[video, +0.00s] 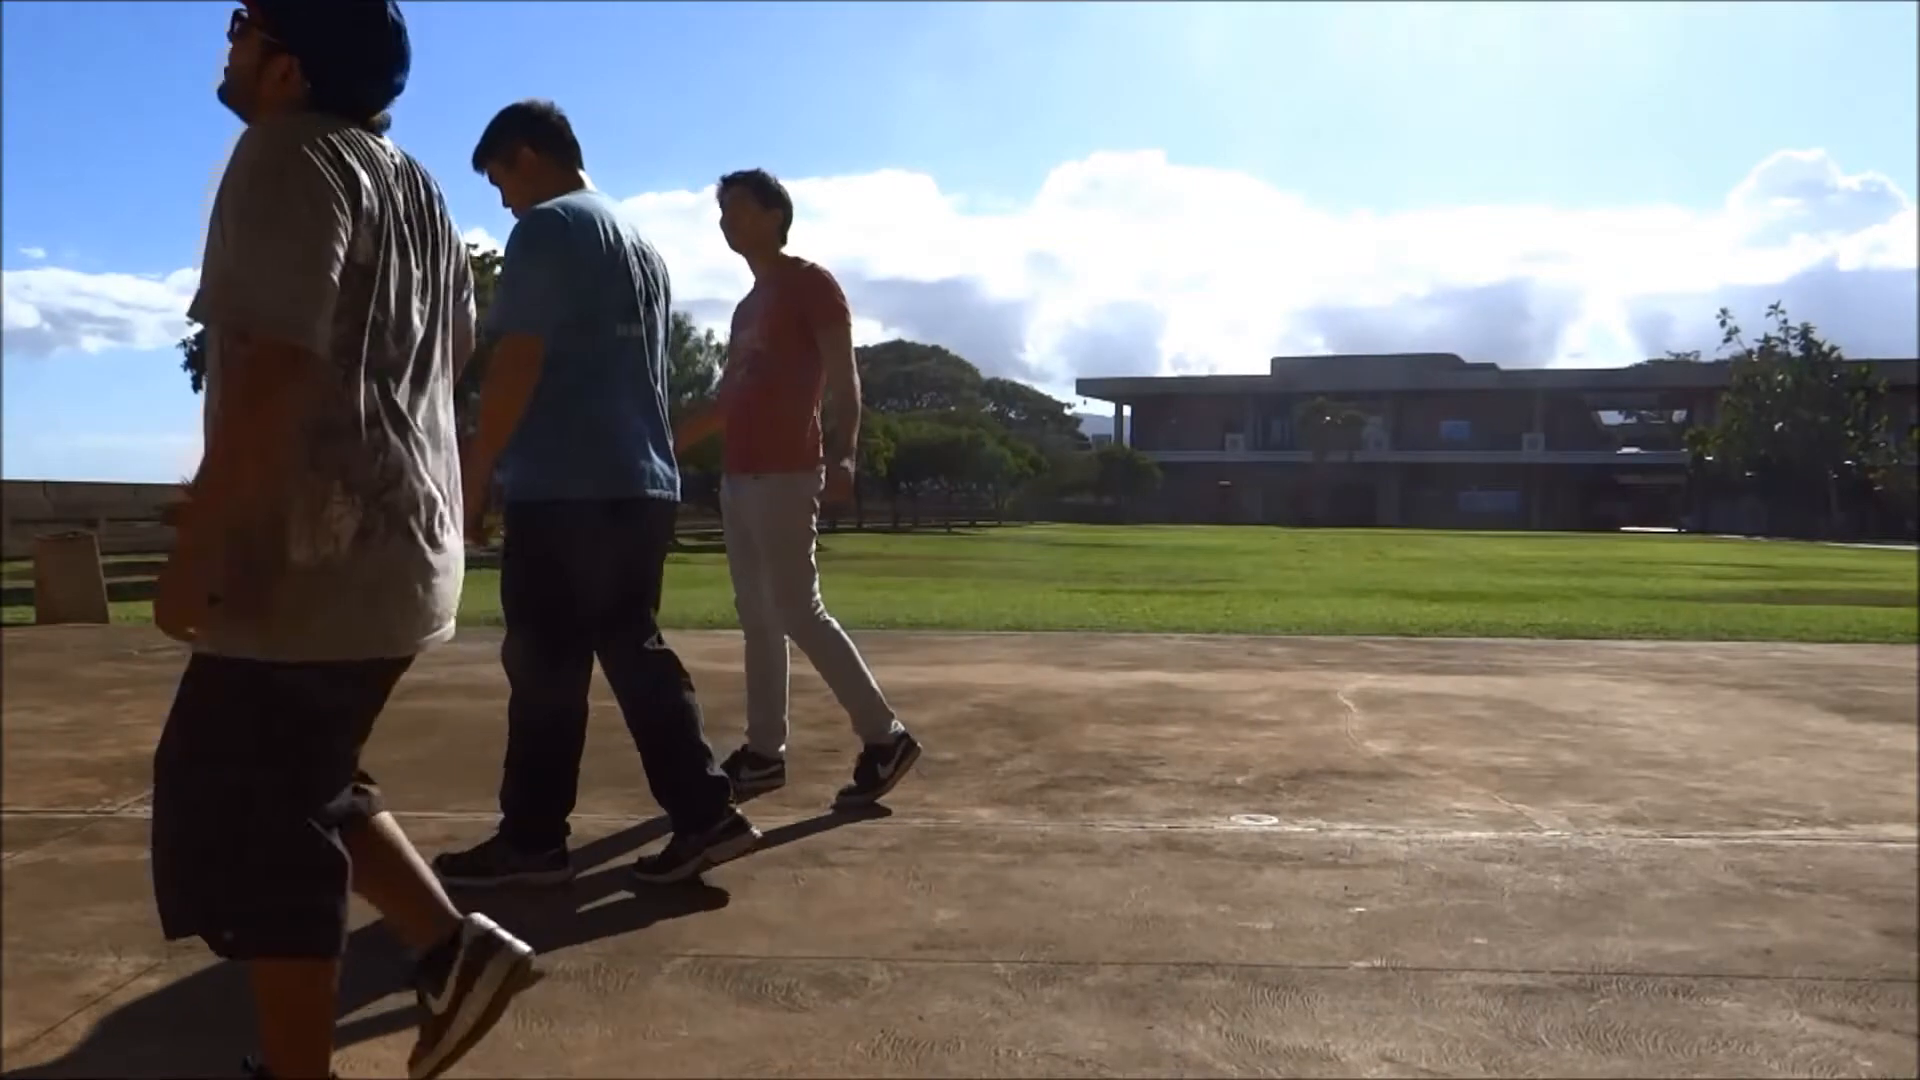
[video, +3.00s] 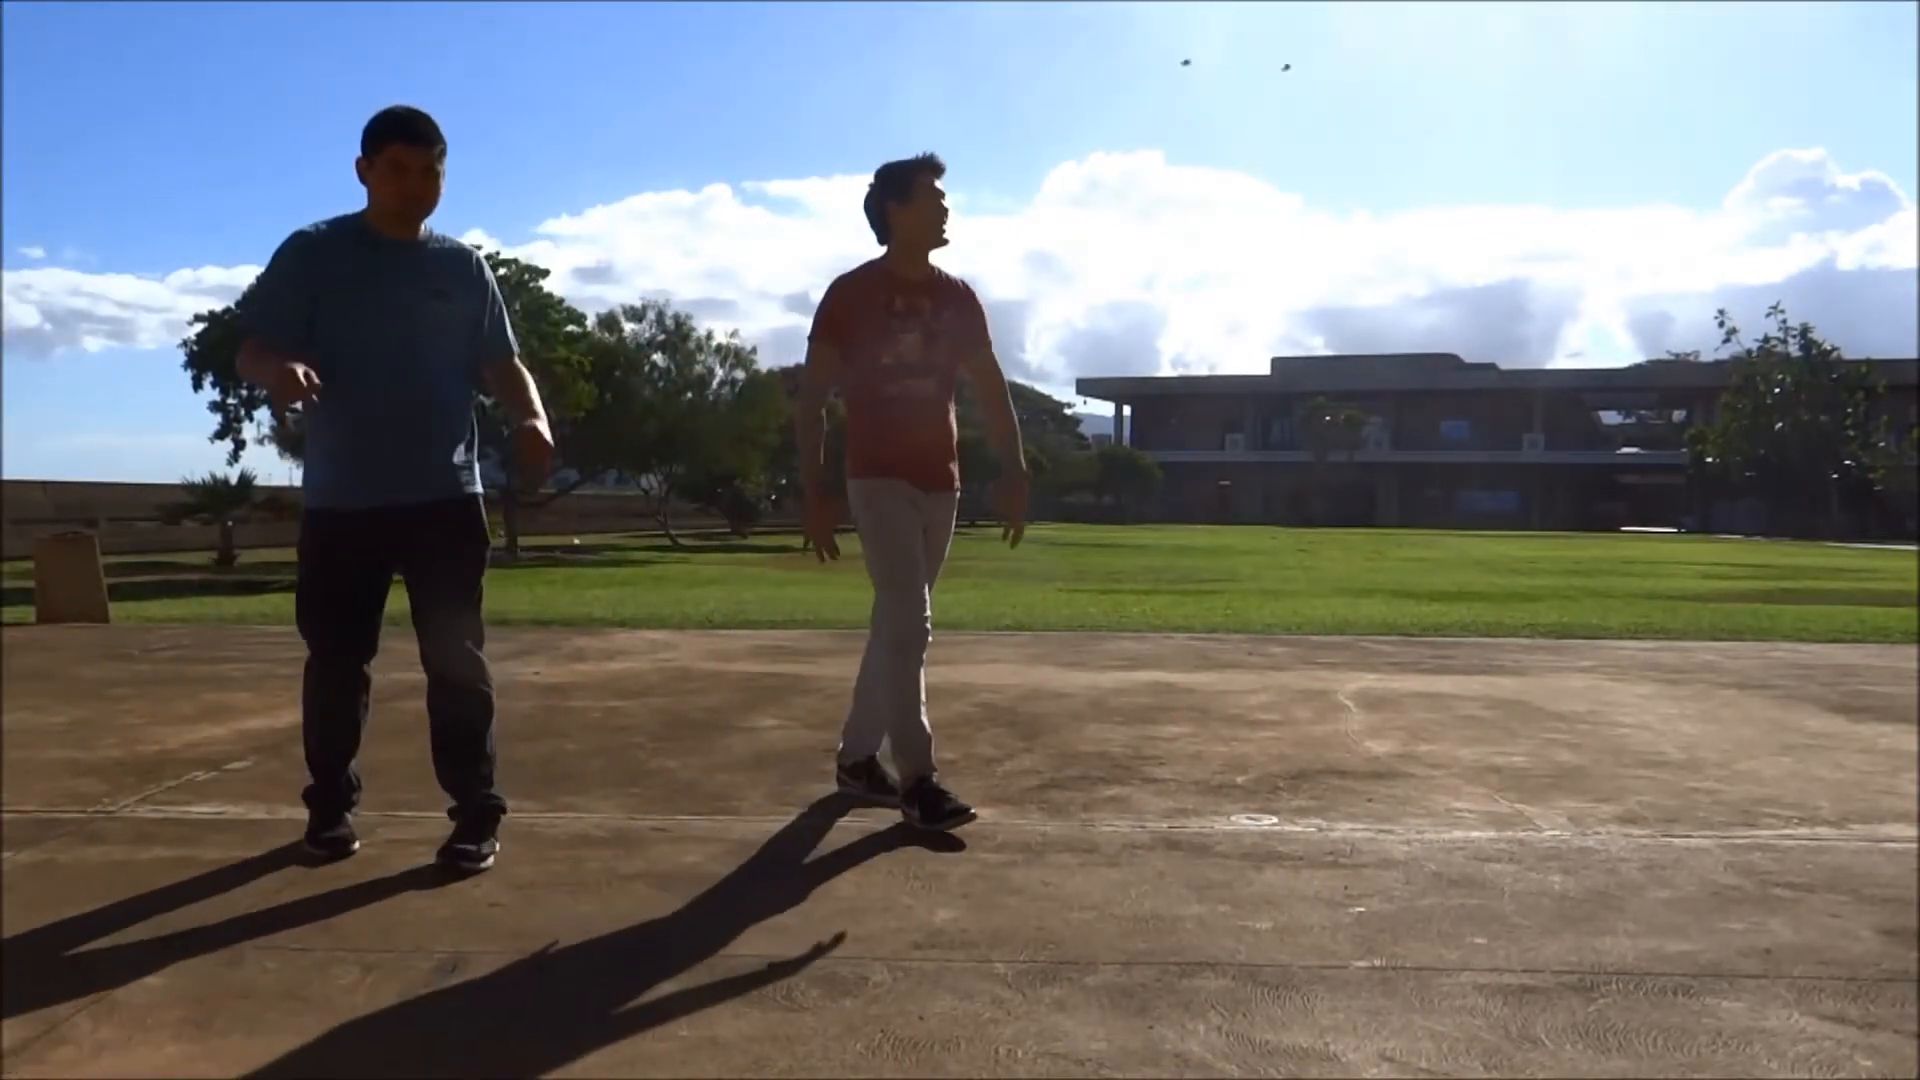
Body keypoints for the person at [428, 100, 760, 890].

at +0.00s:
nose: (502, 195)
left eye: (501, 176)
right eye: (495, 180)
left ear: (532, 156)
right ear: (566, 158)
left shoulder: (544, 227)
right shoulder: (639, 241)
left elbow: (518, 356)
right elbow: (647, 374)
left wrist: (476, 464)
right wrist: (622, 461)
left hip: (562, 489)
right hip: (643, 486)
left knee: (544, 662)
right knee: (634, 642)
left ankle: (532, 837)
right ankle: (705, 814)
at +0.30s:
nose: (458, 191)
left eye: (457, 174)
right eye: (452, 178)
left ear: (485, 153)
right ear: (526, 151)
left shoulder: (495, 225)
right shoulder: (598, 239)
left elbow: (450, 356)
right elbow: (597, 375)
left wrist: (404, 470)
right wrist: (542, 445)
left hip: (513, 489)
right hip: (586, 483)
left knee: (510, 655)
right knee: (556, 638)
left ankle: (530, 836)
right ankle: (611, 806)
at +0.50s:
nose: (434, 189)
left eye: (435, 171)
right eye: (429, 174)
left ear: (467, 154)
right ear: (503, 153)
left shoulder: (473, 226)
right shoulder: (570, 240)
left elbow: (436, 355)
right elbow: (567, 371)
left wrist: (392, 465)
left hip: (492, 487)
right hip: (557, 483)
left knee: (499, 655)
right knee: (506, 647)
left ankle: (529, 836)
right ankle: (501, 808)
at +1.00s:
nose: (369, 197)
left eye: (371, 179)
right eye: (363, 183)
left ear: (417, 161)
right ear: (420, 164)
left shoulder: (459, 234)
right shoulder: (459, 237)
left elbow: (442, 361)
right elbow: (465, 367)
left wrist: (393, 470)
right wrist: (404, 468)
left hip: (461, 486)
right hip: (440, 487)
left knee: (469, 653)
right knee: (422, 649)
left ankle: (525, 828)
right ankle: (419, 809)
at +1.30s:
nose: (350, 192)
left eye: (358, 174)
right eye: (342, 177)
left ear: (408, 163)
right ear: (357, 178)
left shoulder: (461, 247)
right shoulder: (380, 264)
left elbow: (458, 366)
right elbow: (354, 381)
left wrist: (401, 468)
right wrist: (317, 477)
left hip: (453, 484)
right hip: (393, 487)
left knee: (453, 642)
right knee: (401, 646)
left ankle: (516, 815)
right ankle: (418, 809)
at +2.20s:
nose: (462, 179)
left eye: (476, 165)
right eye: (445, 165)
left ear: (498, 168)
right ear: (418, 165)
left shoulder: (527, 260)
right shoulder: (371, 255)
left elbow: (548, 375)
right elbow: (331, 368)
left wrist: (518, 476)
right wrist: (300, 465)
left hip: (480, 492)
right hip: (382, 491)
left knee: (481, 663)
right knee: (368, 646)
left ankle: (475, 822)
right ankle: (407, 801)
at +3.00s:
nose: (426, 183)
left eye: (434, 169)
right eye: (410, 168)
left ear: (442, 176)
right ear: (368, 169)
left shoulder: (463, 266)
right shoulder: (311, 255)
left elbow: (502, 362)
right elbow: (251, 350)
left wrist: (533, 419)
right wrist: (274, 370)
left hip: (444, 493)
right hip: (344, 497)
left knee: (457, 658)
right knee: (334, 661)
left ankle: (477, 816)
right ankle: (329, 811)